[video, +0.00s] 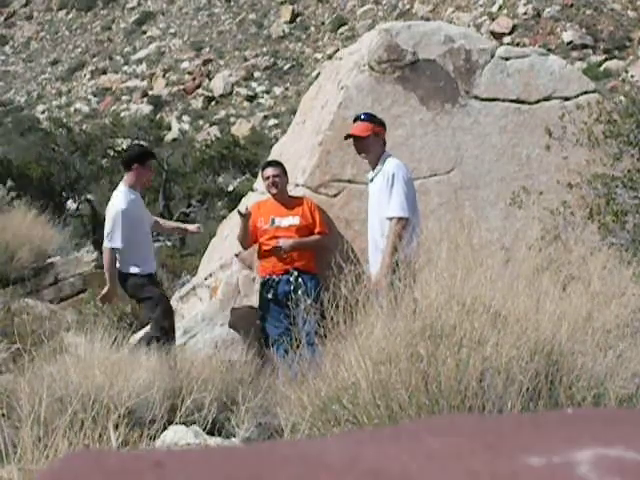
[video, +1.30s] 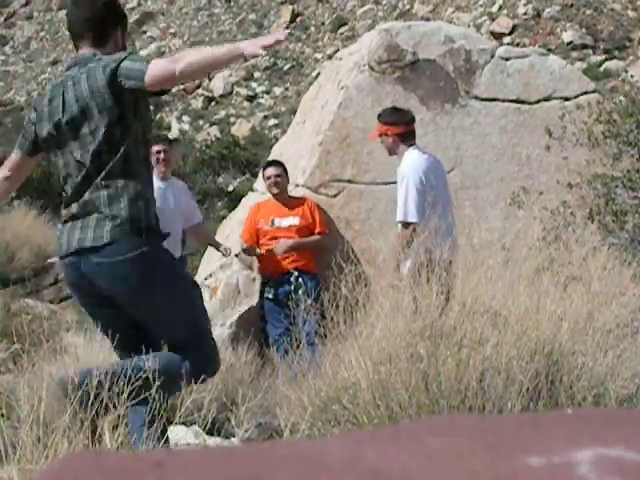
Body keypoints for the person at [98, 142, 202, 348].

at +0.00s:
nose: (152, 175)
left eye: (152, 170)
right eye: (149, 169)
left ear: (137, 169)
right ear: (135, 168)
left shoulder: (133, 198)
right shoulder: (120, 203)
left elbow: (154, 224)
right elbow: (109, 248)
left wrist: (185, 228)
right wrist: (111, 285)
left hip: (146, 273)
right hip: (134, 275)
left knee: (163, 320)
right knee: (164, 315)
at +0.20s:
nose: (165, 154)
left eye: (167, 150)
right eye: (160, 150)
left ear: (170, 155)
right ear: (148, 154)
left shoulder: (158, 186)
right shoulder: (140, 186)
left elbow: (181, 221)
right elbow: (125, 226)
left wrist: (215, 223)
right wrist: (124, 266)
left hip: (161, 260)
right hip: (152, 263)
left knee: (173, 312)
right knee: (189, 310)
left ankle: (175, 364)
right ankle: (184, 365)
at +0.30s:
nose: (168, 151)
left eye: (171, 146)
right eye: (163, 147)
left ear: (175, 151)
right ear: (152, 151)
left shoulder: (169, 185)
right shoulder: (148, 183)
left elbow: (188, 221)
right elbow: (133, 218)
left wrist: (218, 224)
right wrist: (137, 250)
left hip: (170, 258)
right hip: (157, 259)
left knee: (175, 316)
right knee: (188, 313)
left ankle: (176, 367)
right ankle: (194, 368)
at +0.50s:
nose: (178, 151)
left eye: (181, 146)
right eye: (172, 148)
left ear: (186, 150)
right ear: (162, 153)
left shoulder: (181, 183)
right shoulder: (159, 183)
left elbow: (194, 222)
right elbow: (151, 221)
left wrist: (221, 233)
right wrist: (174, 238)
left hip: (179, 257)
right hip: (164, 258)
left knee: (195, 314)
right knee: (188, 313)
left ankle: (194, 366)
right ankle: (184, 367)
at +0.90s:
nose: (185, 154)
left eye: (190, 150)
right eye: (181, 149)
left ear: (196, 156)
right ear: (173, 154)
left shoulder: (192, 194)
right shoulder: (158, 186)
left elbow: (199, 236)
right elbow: (139, 223)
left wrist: (220, 256)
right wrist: (150, 256)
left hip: (185, 260)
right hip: (164, 260)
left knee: (197, 316)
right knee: (188, 316)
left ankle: (198, 366)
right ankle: (186, 368)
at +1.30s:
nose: (162, 157)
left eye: (166, 152)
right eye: (157, 153)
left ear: (172, 156)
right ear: (150, 157)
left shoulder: (180, 188)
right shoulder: (143, 187)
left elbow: (195, 225)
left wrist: (218, 246)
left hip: (174, 259)